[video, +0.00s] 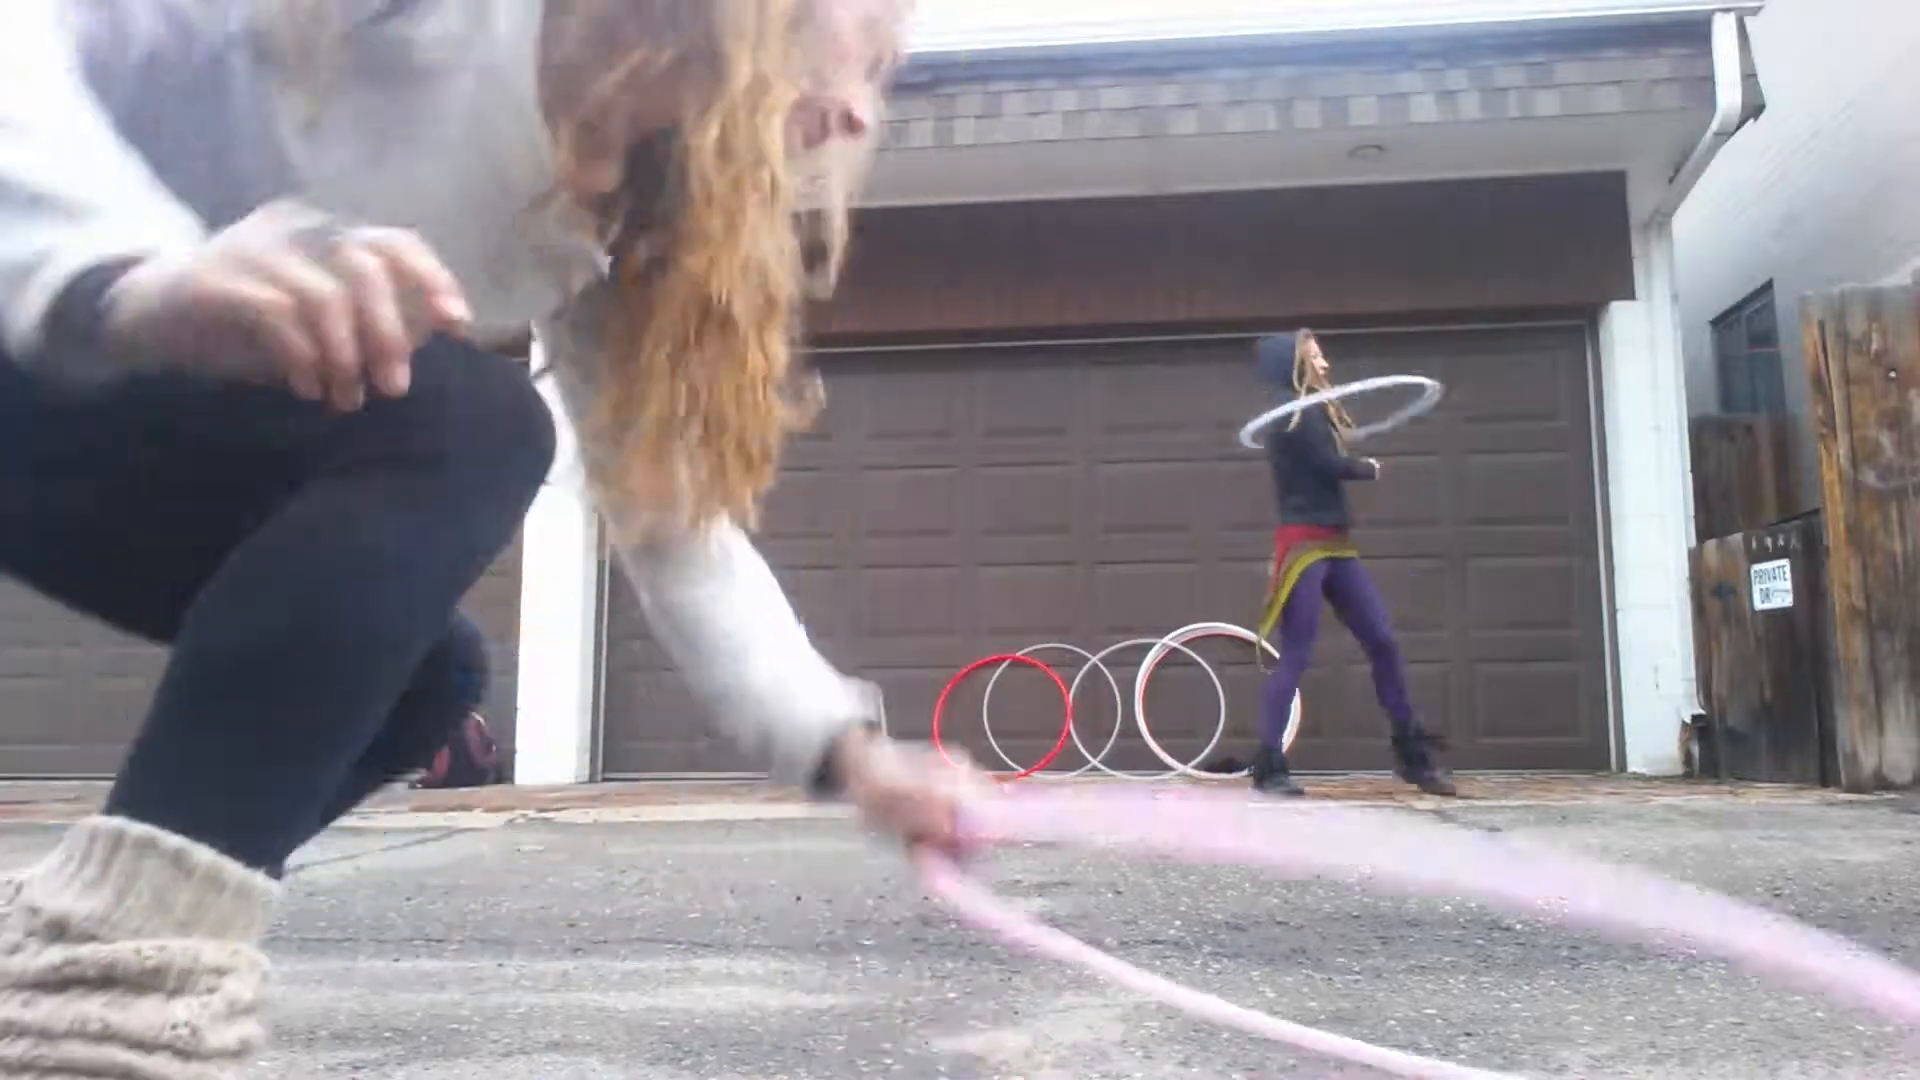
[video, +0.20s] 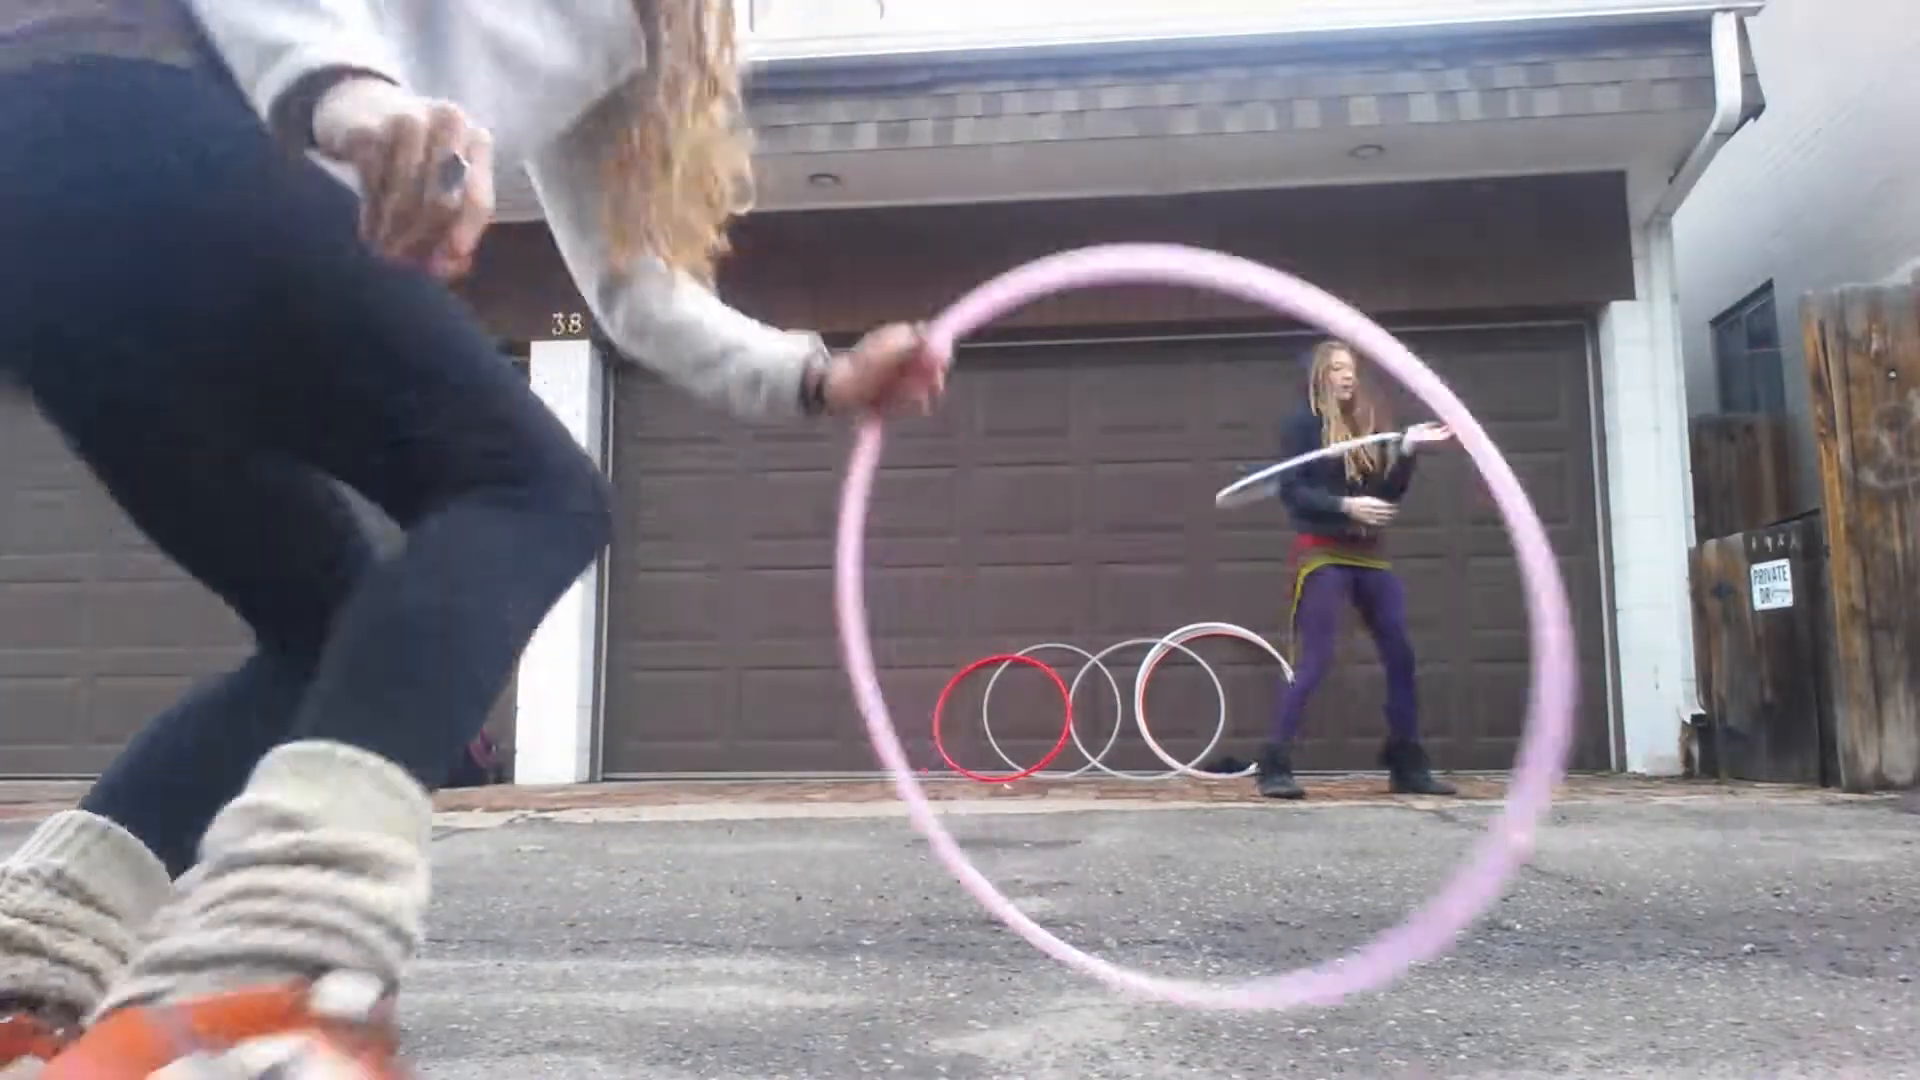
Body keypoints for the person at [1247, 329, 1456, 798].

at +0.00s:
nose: (1324, 363)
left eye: (1321, 355)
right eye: (1314, 357)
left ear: (1307, 363)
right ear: (1295, 367)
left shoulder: (1315, 409)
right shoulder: (1294, 411)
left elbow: (1319, 465)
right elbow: (1324, 463)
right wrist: (1366, 468)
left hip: (1335, 543)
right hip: (1303, 546)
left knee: (1382, 644)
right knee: (1295, 651)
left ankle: (1412, 753)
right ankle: (1269, 762)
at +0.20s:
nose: (1344, 377)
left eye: (1349, 369)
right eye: (1335, 370)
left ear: (1358, 376)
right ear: (1318, 377)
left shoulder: (1372, 426)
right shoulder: (1303, 426)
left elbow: (1387, 498)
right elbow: (1293, 492)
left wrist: (1407, 451)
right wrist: (1346, 506)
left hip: (1367, 553)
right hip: (1321, 552)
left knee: (1400, 655)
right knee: (1315, 659)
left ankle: (1407, 763)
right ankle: (1275, 763)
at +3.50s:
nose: (1438, 366)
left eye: (1445, 357)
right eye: (1429, 356)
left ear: (1451, 360)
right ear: (1406, 355)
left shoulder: (1454, 407)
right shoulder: (1374, 418)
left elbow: (1448, 416)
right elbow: (1356, 490)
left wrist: (1381, 414)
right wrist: (1357, 545)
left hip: (1459, 536)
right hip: (1408, 538)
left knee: (1465, 640)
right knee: (1461, 633)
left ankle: (1435, 757)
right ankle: (1449, 767)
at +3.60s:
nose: (1451, 352)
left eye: (1455, 346)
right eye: (1442, 343)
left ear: (1458, 350)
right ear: (1419, 344)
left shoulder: (1455, 395)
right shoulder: (1390, 398)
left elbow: (1492, 407)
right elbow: (1379, 471)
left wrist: (1424, 398)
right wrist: (1410, 519)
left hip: (1460, 531)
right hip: (1421, 532)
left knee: (1470, 642)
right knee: (1471, 638)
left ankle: (1438, 761)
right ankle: (1451, 770)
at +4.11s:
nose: (1468, 324)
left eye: (1462, 318)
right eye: (1463, 316)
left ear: (1408, 321)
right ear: (1452, 317)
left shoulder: (1385, 376)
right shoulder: (1471, 350)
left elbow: (1378, 462)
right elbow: (1519, 411)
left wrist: (1388, 532)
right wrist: (1505, 472)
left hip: (1411, 515)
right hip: (1466, 510)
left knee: (1425, 641)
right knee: (1458, 641)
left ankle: (1418, 768)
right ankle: (1457, 768)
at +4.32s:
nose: (1449, 330)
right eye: (1445, 320)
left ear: (1393, 328)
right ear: (1441, 323)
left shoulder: (1377, 373)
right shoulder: (1457, 360)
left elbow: (1384, 442)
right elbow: (1513, 417)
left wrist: (1463, 468)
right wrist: (1570, 449)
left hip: (1384, 524)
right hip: (1438, 521)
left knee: (1406, 645)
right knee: (1454, 637)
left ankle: (1415, 770)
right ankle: (1459, 765)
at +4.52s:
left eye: (1374, 344)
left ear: (1379, 343)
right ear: (1424, 342)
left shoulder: (1359, 384)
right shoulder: (1446, 387)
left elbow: (1331, 446)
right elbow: (1465, 462)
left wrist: (1372, 461)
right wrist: (1472, 519)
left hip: (1365, 530)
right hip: (1418, 532)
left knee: (1392, 650)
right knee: (1425, 641)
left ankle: (1413, 767)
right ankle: (1452, 721)